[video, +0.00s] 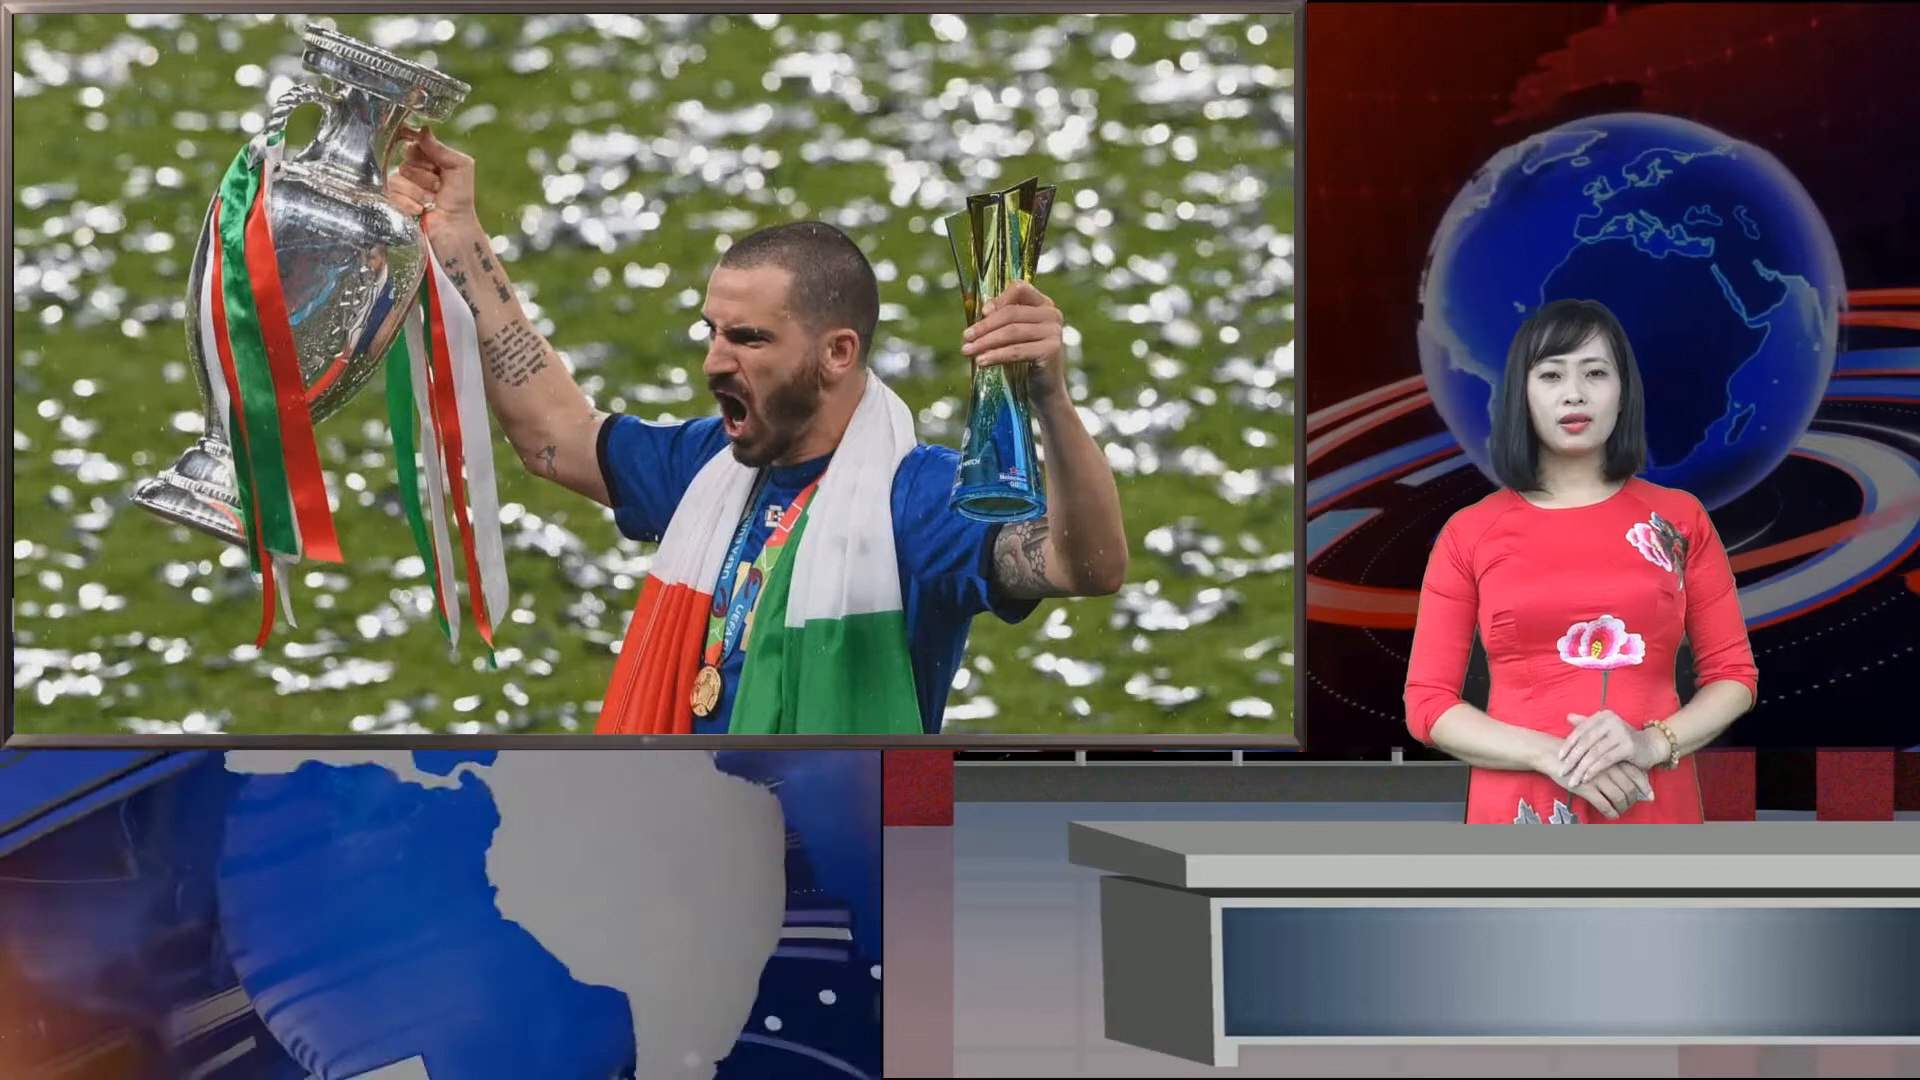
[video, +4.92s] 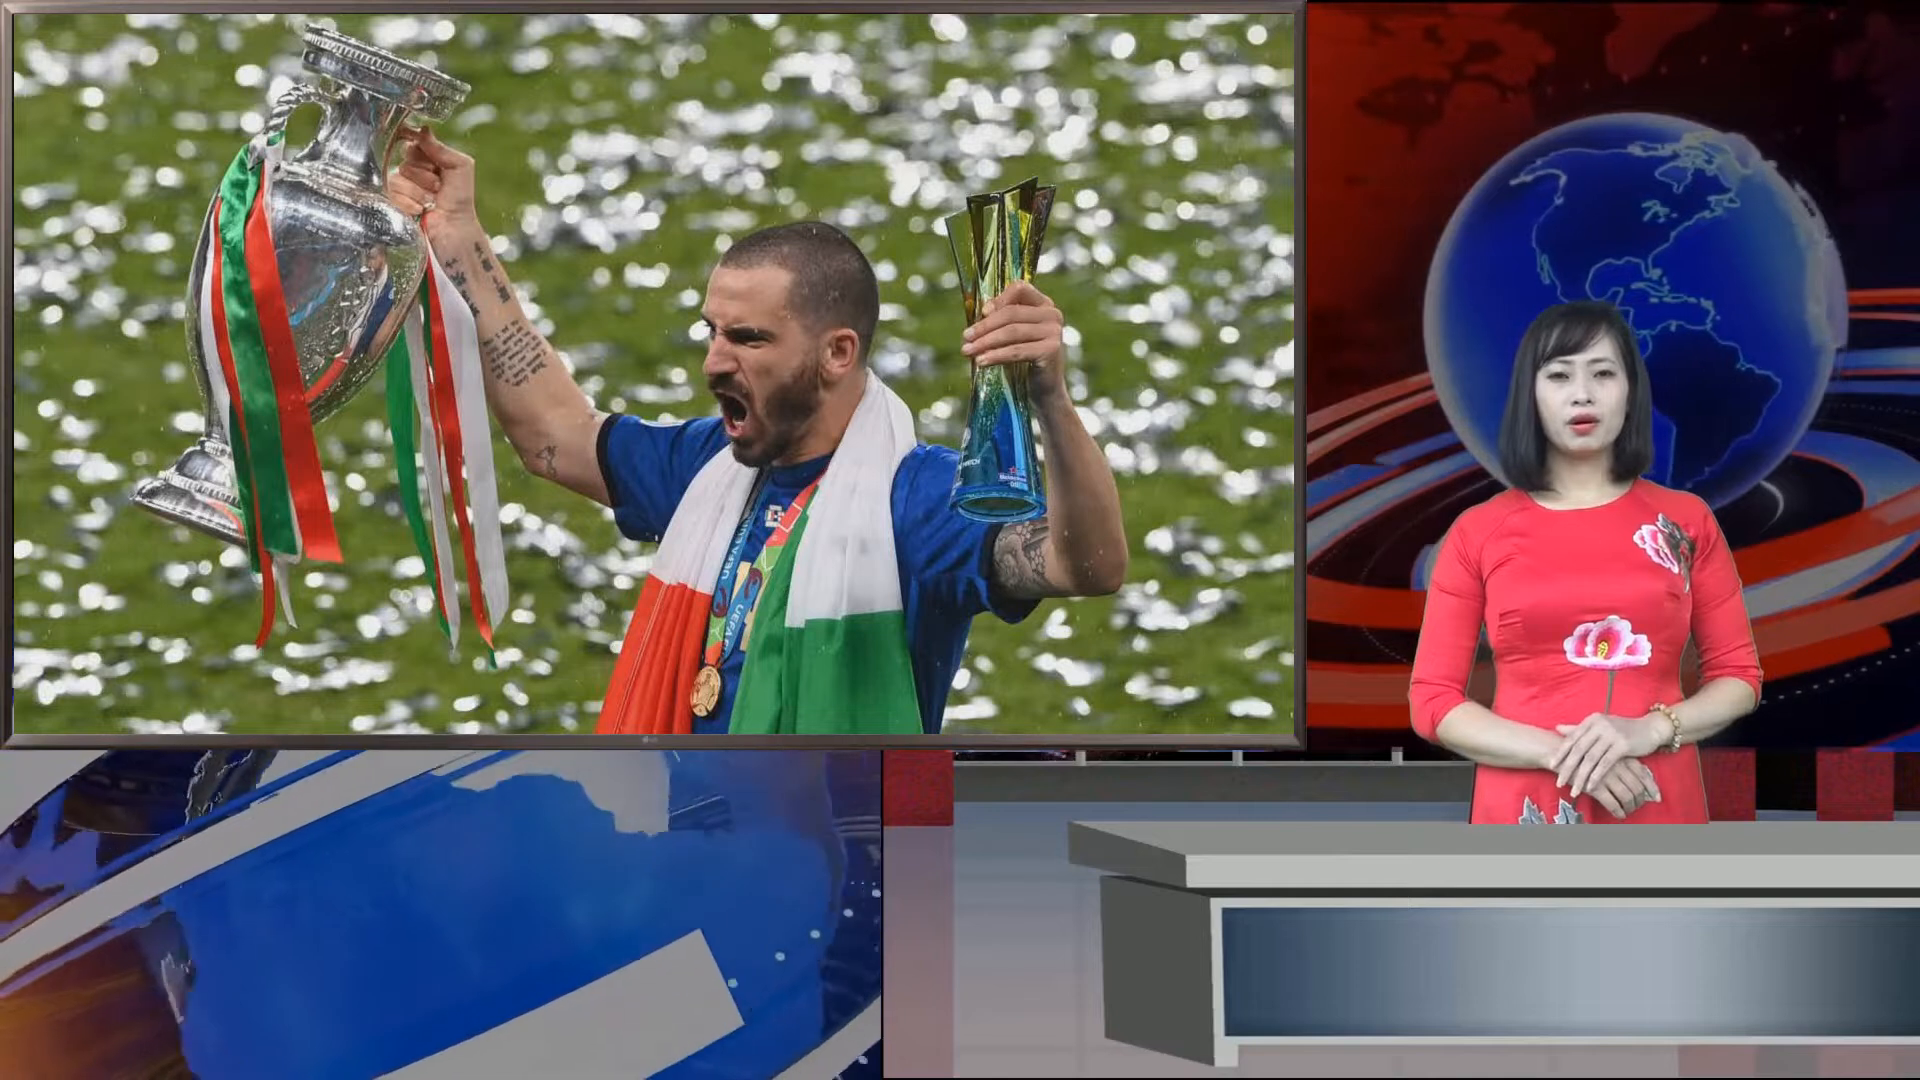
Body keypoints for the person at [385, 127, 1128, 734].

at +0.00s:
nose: (714, 361)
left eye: (747, 339)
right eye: (712, 333)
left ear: (839, 355)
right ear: (705, 327)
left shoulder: (915, 493)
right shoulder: (702, 465)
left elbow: (1090, 563)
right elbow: (557, 438)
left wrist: (1049, 398)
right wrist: (464, 252)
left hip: (833, 898)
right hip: (671, 884)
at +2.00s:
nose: (713, 362)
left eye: (747, 339)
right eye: (711, 333)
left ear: (839, 355)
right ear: (705, 327)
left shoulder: (915, 493)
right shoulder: (703, 466)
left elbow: (1090, 563)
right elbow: (557, 438)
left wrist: (1049, 398)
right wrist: (464, 252)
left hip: (833, 890)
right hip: (674, 881)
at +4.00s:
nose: (713, 362)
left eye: (747, 339)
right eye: (711, 333)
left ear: (839, 355)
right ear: (705, 327)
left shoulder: (914, 493)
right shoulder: (703, 466)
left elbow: (1089, 563)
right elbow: (557, 438)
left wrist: (1049, 399)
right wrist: (464, 254)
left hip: (836, 895)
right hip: (673, 886)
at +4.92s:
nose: (714, 362)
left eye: (747, 339)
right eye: (712, 333)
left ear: (839, 355)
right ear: (705, 327)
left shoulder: (914, 493)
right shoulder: (703, 466)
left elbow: (1089, 563)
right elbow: (557, 438)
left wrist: (1049, 399)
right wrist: (465, 254)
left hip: (827, 908)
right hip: (672, 898)